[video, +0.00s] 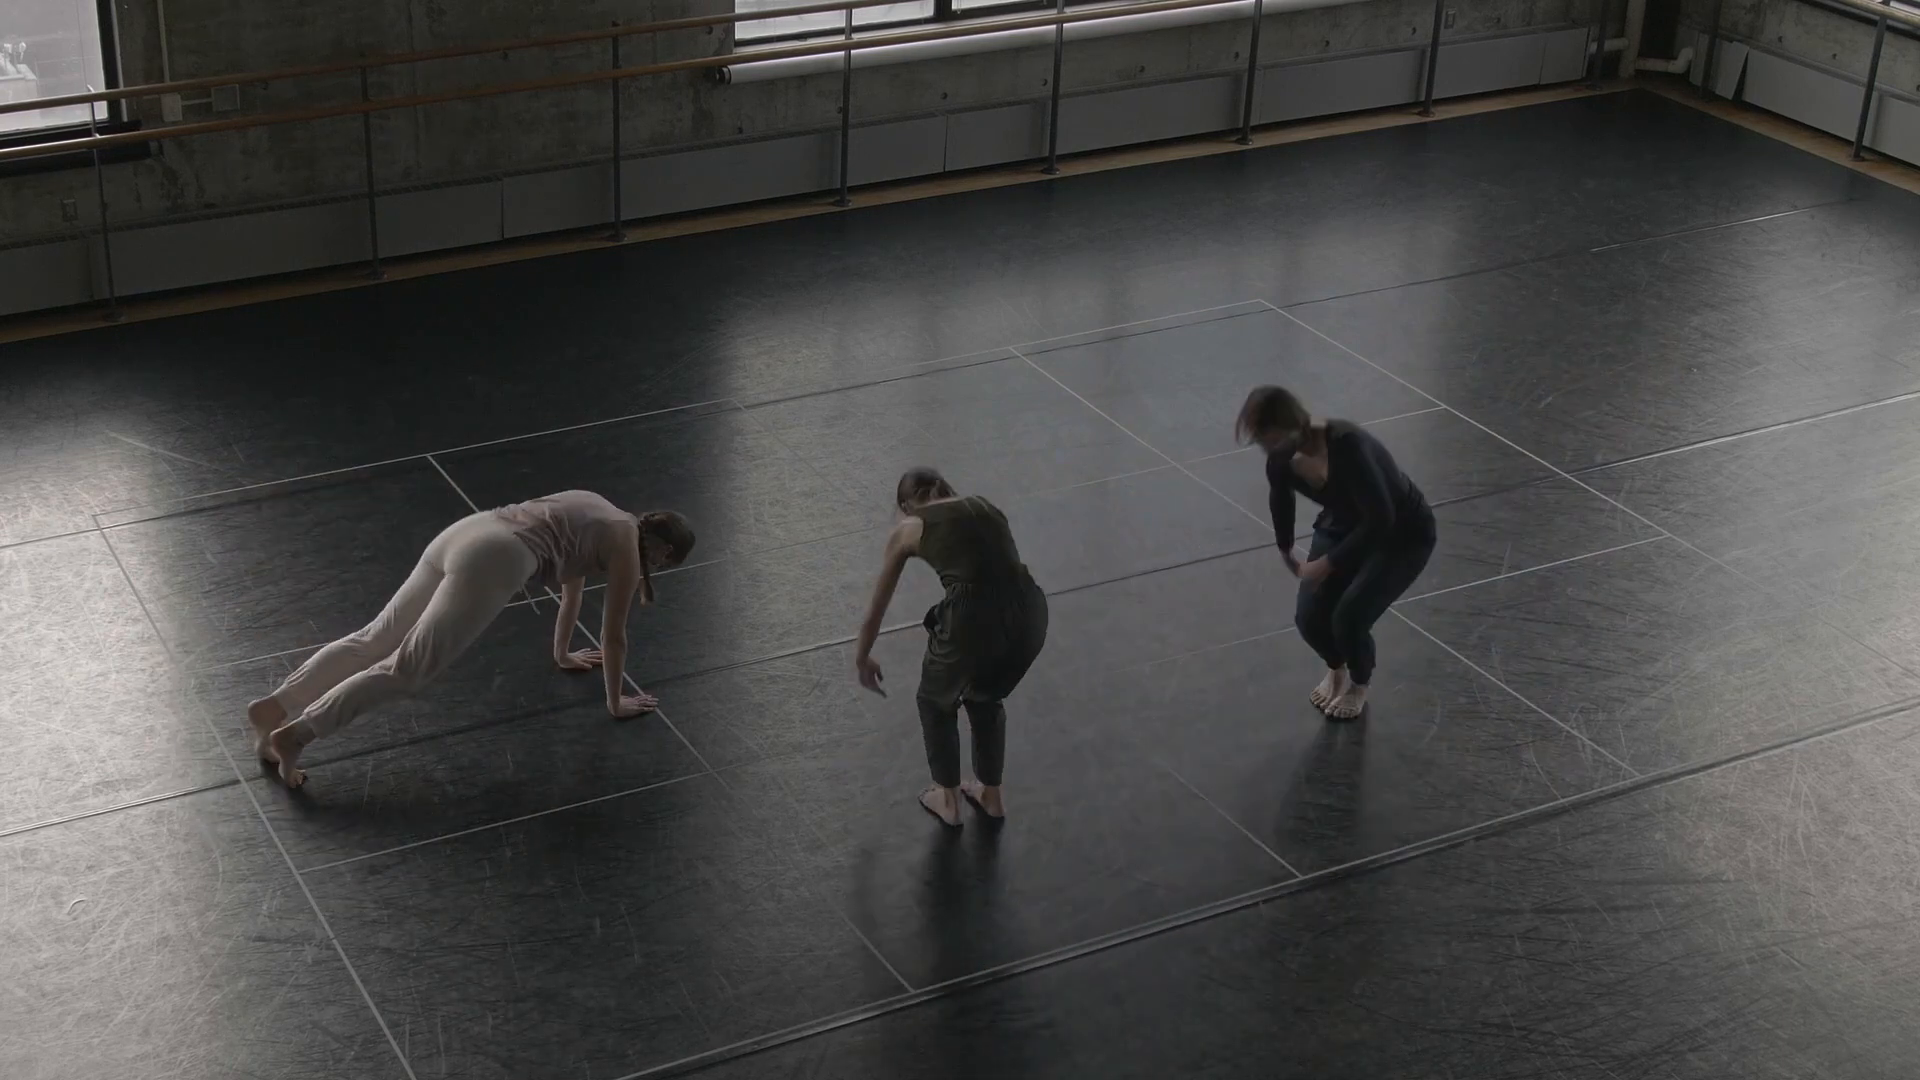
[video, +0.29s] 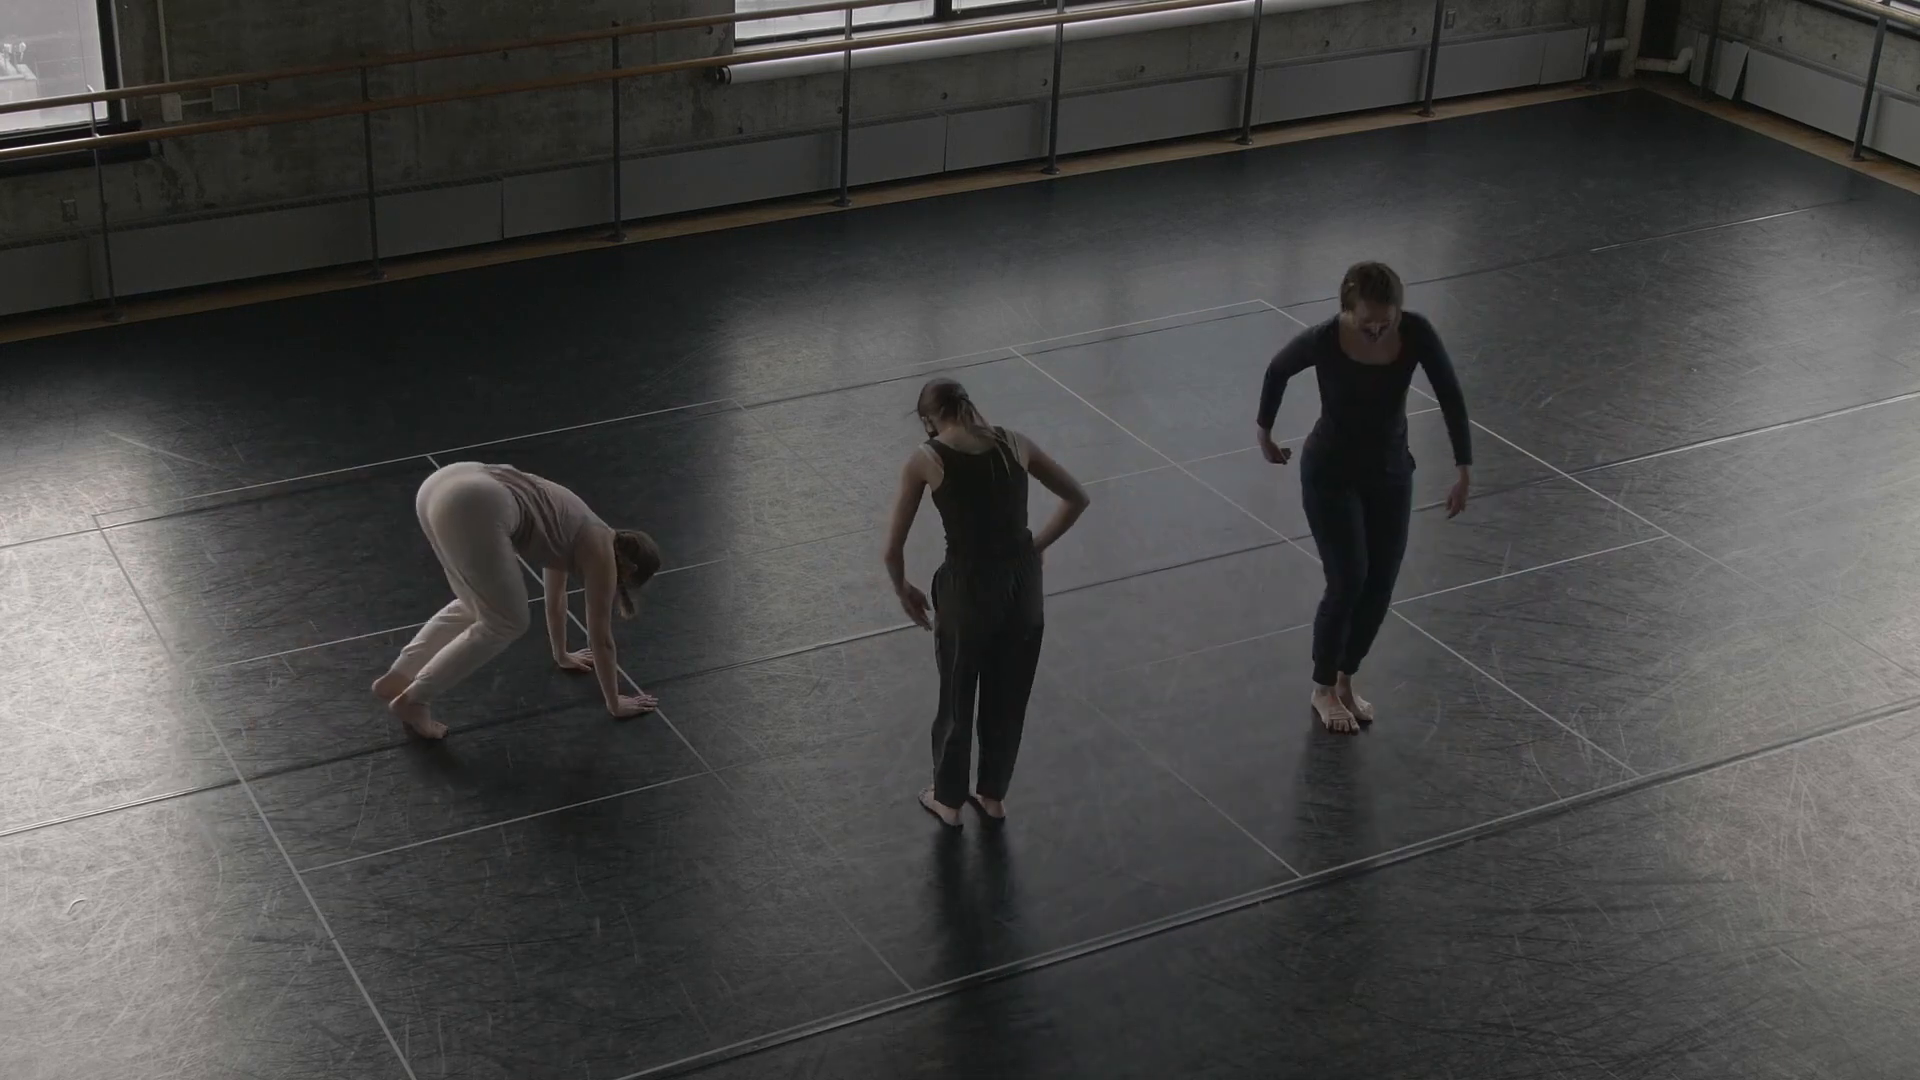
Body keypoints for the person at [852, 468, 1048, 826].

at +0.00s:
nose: (907, 515)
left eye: (905, 510)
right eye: (907, 510)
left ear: (910, 506)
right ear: (946, 489)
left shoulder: (910, 528)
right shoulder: (985, 507)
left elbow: (878, 604)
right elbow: (1004, 569)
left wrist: (862, 656)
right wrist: (956, 613)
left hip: (972, 623)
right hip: (1028, 616)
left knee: (934, 699)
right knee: (984, 696)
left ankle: (948, 798)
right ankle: (992, 793)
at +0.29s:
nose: (927, 426)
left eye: (926, 419)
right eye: (926, 420)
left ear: (933, 416)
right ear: (968, 406)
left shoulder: (926, 460)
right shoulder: (1014, 443)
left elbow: (893, 549)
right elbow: (1075, 498)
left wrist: (903, 589)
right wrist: (1036, 545)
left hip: (965, 600)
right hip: (1023, 596)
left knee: (956, 702)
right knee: (1007, 699)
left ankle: (948, 800)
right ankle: (992, 796)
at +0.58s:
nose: (950, 408)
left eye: (949, 401)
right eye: (951, 400)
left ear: (954, 402)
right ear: (994, 391)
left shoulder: (947, 455)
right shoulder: (1036, 439)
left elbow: (926, 539)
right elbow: (1089, 506)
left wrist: (918, 594)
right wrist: (1062, 572)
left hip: (965, 593)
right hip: (1024, 589)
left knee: (957, 697)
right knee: (1012, 696)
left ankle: (951, 802)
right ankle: (995, 798)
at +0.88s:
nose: (966, 405)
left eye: (965, 398)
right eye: (966, 398)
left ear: (971, 400)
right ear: (1013, 391)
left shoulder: (957, 462)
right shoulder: (1051, 453)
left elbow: (931, 538)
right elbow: (1068, 540)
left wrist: (919, 589)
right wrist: (1068, 612)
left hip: (967, 600)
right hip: (1025, 597)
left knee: (960, 701)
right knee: (1013, 702)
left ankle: (952, 803)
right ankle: (996, 799)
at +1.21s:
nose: (976, 406)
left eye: (977, 400)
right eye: (981, 399)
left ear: (981, 407)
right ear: (1026, 403)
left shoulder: (960, 467)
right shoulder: (1054, 470)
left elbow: (925, 530)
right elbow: (1063, 558)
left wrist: (908, 575)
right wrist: (1076, 635)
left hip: (971, 608)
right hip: (1030, 609)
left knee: (963, 704)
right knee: (1016, 706)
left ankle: (951, 805)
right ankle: (996, 799)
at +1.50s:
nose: (993, 425)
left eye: (995, 419)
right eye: (997, 418)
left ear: (1001, 427)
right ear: (1046, 425)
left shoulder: (973, 491)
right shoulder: (1074, 487)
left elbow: (942, 565)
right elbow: (1135, 547)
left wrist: (921, 615)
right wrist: (1135, 587)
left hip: (996, 629)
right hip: (1056, 627)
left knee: (976, 716)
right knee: (1044, 721)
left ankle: (954, 806)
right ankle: (1072, 837)